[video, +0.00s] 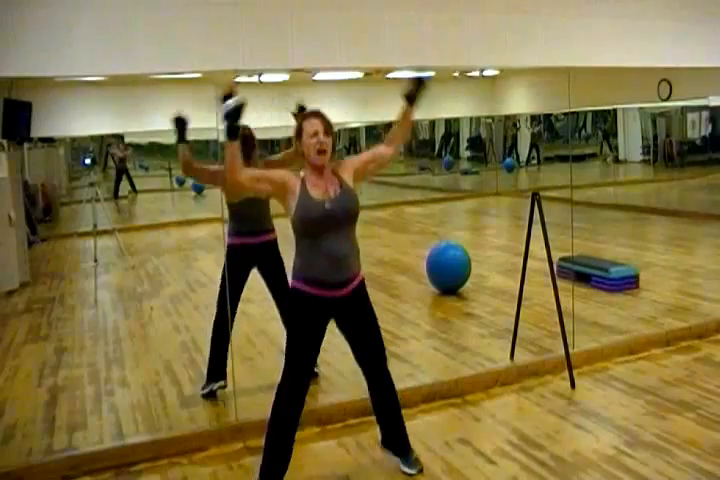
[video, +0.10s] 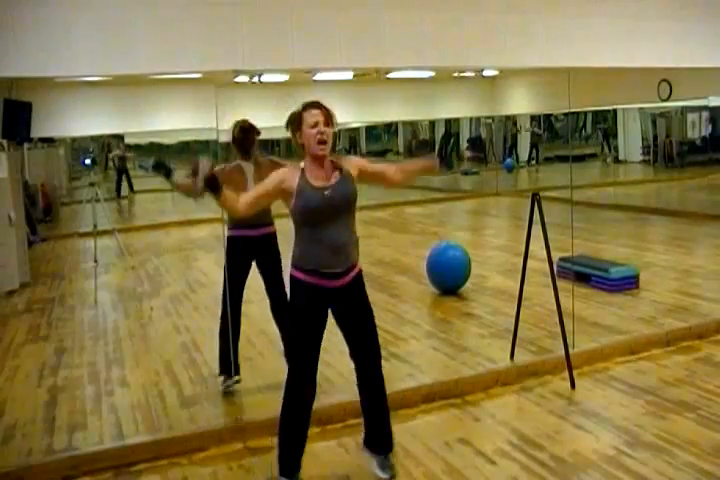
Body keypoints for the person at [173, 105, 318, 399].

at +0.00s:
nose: (241, 146)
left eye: (237, 141)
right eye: (245, 141)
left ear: (233, 147)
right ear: (254, 146)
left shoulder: (226, 174)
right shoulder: (265, 168)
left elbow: (188, 168)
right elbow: (299, 153)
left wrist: (182, 136)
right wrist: (302, 124)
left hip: (239, 246)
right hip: (267, 244)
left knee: (225, 312)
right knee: (287, 306)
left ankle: (215, 378)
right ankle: (306, 362)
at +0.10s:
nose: (247, 143)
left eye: (239, 139)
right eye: (251, 138)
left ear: (233, 143)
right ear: (256, 141)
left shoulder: (224, 171)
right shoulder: (273, 167)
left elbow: (196, 190)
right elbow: (294, 188)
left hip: (238, 241)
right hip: (267, 238)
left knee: (231, 304)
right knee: (279, 300)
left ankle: (230, 370)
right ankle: (295, 357)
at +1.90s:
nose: (234, 183)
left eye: (232, 179)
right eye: (244, 178)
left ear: (230, 182)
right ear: (250, 181)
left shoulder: (225, 208)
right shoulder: (261, 203)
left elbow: (210, 245)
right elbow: (280, 232)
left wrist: (197, 270)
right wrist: (292, 254)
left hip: (237, 274)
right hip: (267, 271)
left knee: (210, 317)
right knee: (287, 312)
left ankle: (210, 375)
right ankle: (300, 361)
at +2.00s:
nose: (228, 171)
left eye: (226, 167)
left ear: (227, 170)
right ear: (247, 167)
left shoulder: (223, 198)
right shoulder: (260, 193)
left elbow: (215, 236)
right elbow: (275, 227)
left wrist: (207, 268)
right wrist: (288, 255)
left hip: (235, 264)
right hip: (262, 261)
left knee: (211, 315)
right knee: (283, 306)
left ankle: (210, 373)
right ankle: (296, 358)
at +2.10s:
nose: (237, 156)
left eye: (230, 152)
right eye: (240, 149)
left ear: (226, 154)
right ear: (247, 152)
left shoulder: (221, 184)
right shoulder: (261, 181)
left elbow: (218, 221)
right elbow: (271, 216)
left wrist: (217, 251)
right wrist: (280, 247)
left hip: (230, 250)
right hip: (258, 248)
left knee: (211, 304)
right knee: (278, 297)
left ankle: (208, 359)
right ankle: (295, 347)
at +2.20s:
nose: (239, 154)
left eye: (233, 149)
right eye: (241, 148)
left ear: (225, 152)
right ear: (247, 150)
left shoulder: (219, 180)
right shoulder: (258, 178)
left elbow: (216, 215)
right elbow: (268, 213)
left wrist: (217, 244)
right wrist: (277, 244)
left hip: (227, 246)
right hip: (255, 245)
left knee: (205, 296)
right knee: (273, 290)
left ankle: (208, 352)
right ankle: (289, 340)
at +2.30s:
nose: (241, 164)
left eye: (230, 160)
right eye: (244, 160)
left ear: (224, 162)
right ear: (245, 163)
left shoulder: (218, 192)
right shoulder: (256, 191)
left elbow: (212, 224)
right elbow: (269, 225)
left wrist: (210, 254)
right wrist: (278, 255)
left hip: (225, 258)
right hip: (252, 258)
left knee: (203, 305)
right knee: (271, 298)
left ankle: (201, 363)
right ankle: (287, 344)